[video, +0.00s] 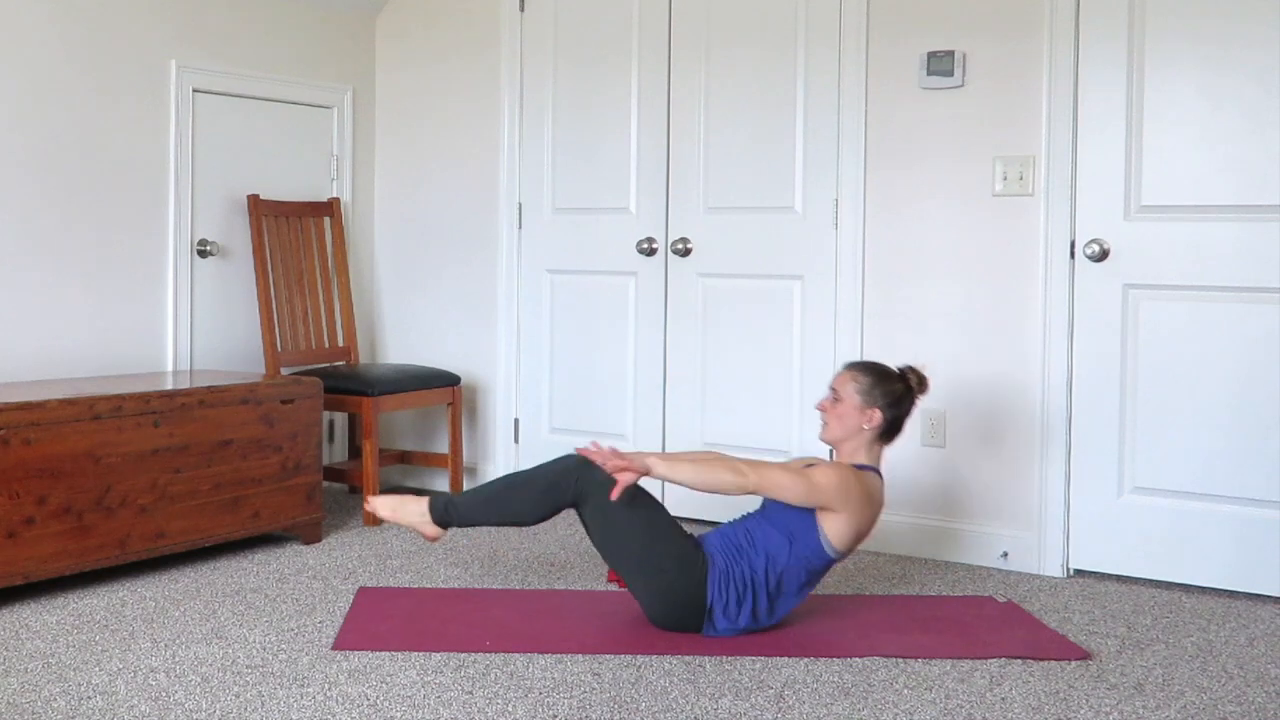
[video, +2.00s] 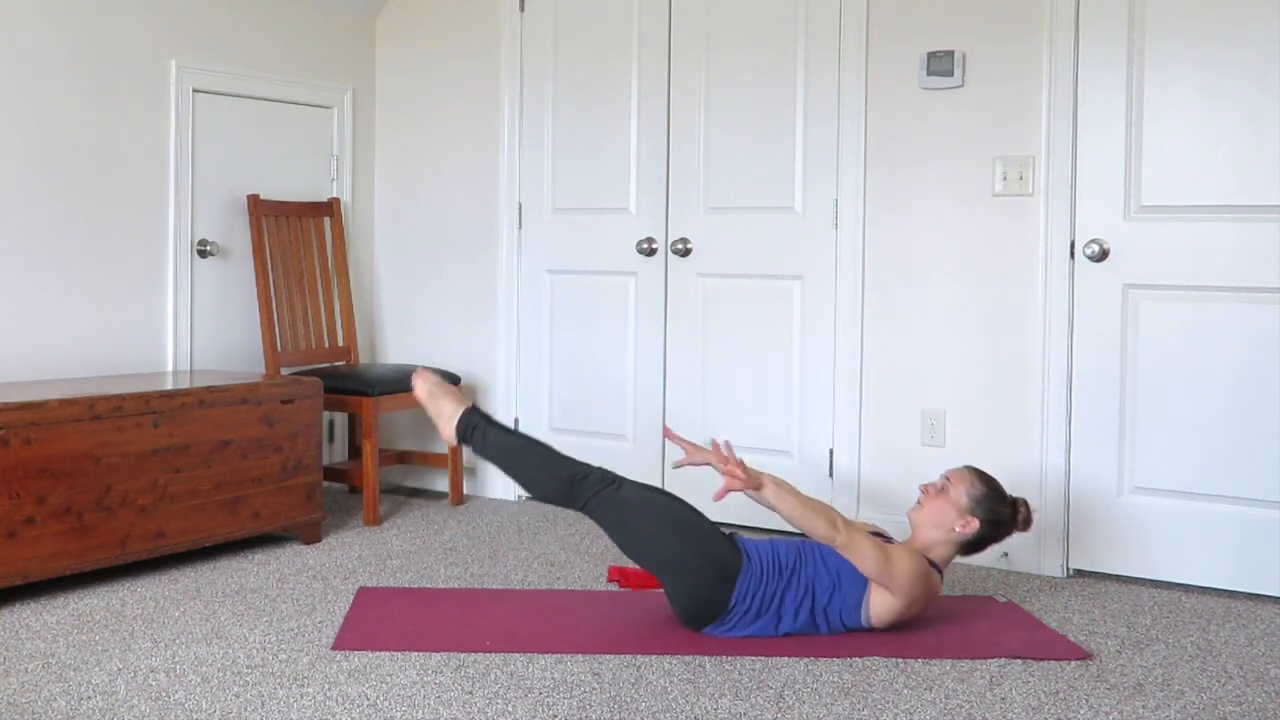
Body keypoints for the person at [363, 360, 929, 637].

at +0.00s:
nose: (823, 408)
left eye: (837, 401)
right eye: (829, 398)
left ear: (871, 422)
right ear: (861, 420)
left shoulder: (851, 486)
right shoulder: (839, 477)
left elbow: (744, 476)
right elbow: (740, 471)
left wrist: (643, 465)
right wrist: (644, 461)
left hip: (699, 594)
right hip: (698, 573)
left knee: (583, 471)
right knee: (588, 466)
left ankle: (436, 513)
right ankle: (444, 510)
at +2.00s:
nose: (926, 491)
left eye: (943, 492)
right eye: (937, 483)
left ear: (962, 529)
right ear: (949, 520)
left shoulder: (909, 579)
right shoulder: (897, 556)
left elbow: (838, 534)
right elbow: (826, 525)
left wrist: (761, 483)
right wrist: (744, 474)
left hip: (723, 590)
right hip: (725, 567)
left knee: (597, 489)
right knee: (600, 486)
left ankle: (460, 418)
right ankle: (464, 426)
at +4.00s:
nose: (873, 438)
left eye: (890, 433)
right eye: (881, 427)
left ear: (922, 459)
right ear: (909, 451)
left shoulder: (889, 516)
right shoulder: (876, 499)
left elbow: (786, 501)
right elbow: (781, 497)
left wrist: (690, 490)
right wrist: (686, 488)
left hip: (719, 592)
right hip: (723, 569)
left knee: (591, 488)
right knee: (596, 485)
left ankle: (444, 513)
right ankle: (449, 511)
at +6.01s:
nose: (774, 358)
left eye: (788, 351)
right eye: (781, 348)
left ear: (821, 372)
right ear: (816, 371)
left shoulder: (808, 443)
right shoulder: (778, 430)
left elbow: (712, 482)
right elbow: (698, 466)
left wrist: (617, 510)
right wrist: (604, 503)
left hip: (711, 599)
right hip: (704, 582)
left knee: (684, 431)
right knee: (681, 426)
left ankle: (558, 499)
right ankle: (559, 487)